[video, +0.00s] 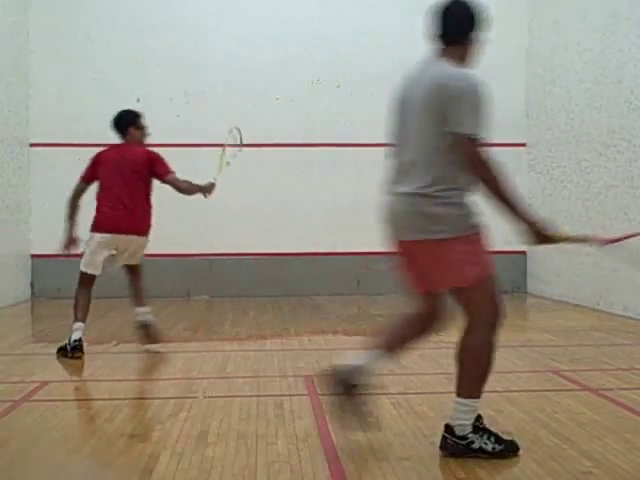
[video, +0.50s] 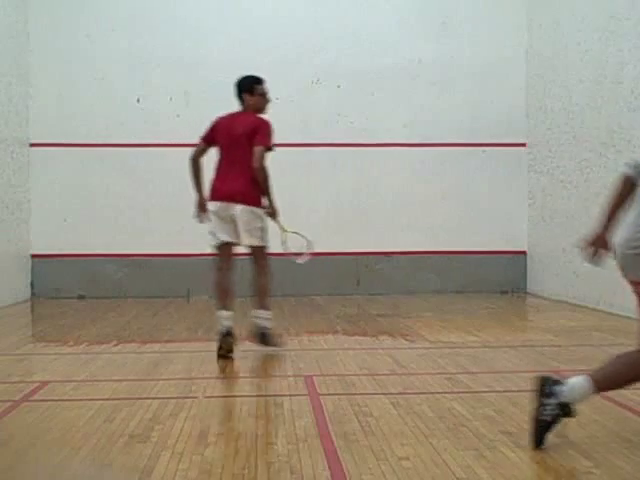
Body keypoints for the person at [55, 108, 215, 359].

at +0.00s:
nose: (146, 132)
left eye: (144, 127)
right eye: (142, 128)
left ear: (123, 132)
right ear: (131, 130)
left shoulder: (103, 156)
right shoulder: (148, 156)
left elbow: (76, 195)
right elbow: (177, 184)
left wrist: (70, 231)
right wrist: (202, 189)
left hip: (105, 230)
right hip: (137, 232)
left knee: (85, 282)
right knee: (134, 268)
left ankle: (76, 337)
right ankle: (143, 315)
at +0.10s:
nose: (173, 128)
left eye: (172, 123)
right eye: (169, 123)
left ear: (150, 127)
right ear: (157, 126)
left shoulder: (127, 150)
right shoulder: (170, 154)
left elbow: (99, 185)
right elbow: (194, 183)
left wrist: (102, 218)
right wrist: (216, 197)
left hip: (121, 224)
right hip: (154, 228)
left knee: (97, 278)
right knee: (166, 276)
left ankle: (76, 336)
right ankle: (184, 317)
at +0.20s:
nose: (202, 123)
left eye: (201, 118)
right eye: (197, 119)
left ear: (179, 122)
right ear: (184, 121)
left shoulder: (156, 146)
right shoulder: (199, 150)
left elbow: (126, 180)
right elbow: (216, 187)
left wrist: (131, 212)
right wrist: (231, 212)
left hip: (150, 221)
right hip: (183, 224)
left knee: (118, 276)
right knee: (196, 281)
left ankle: (83, 328)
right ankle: (209, 337)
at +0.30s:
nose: (227, 115)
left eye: (226, 110)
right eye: (222, 110)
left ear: (203, 113)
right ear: (209, 112)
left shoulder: (182, 137)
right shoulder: (222, 141)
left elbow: (153, 172)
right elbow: (228, 180)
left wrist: (155, 207)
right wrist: (240, 210)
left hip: (176, 214)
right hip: (207, 218)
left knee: (152, 269)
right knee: (211, 278)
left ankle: (128, 323)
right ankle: (210, 333)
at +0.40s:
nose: (247, 102)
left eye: (247, 96)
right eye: (243, 97)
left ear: (224, 99)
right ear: (229, 98)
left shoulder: (202, 123)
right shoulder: (242, 127)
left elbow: (176, 160)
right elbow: (240, 165)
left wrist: (179, 198)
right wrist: (250, 200)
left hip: (199, 202)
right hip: (228, 205)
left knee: (191, 262)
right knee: (231, 264)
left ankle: (186, 324)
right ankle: (223, 322)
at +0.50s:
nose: (267, 99)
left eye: (266, 94)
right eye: (263, 94)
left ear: (244, 97)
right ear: (248, 96)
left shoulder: (222, 122)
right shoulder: (261, 124)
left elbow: (196, 156)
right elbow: (257, 164)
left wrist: (200, 196)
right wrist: (270, 200)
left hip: (219, 199)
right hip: (248, 201)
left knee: (223, 262)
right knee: (260, 261)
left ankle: (225, 325)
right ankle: (261, 323)